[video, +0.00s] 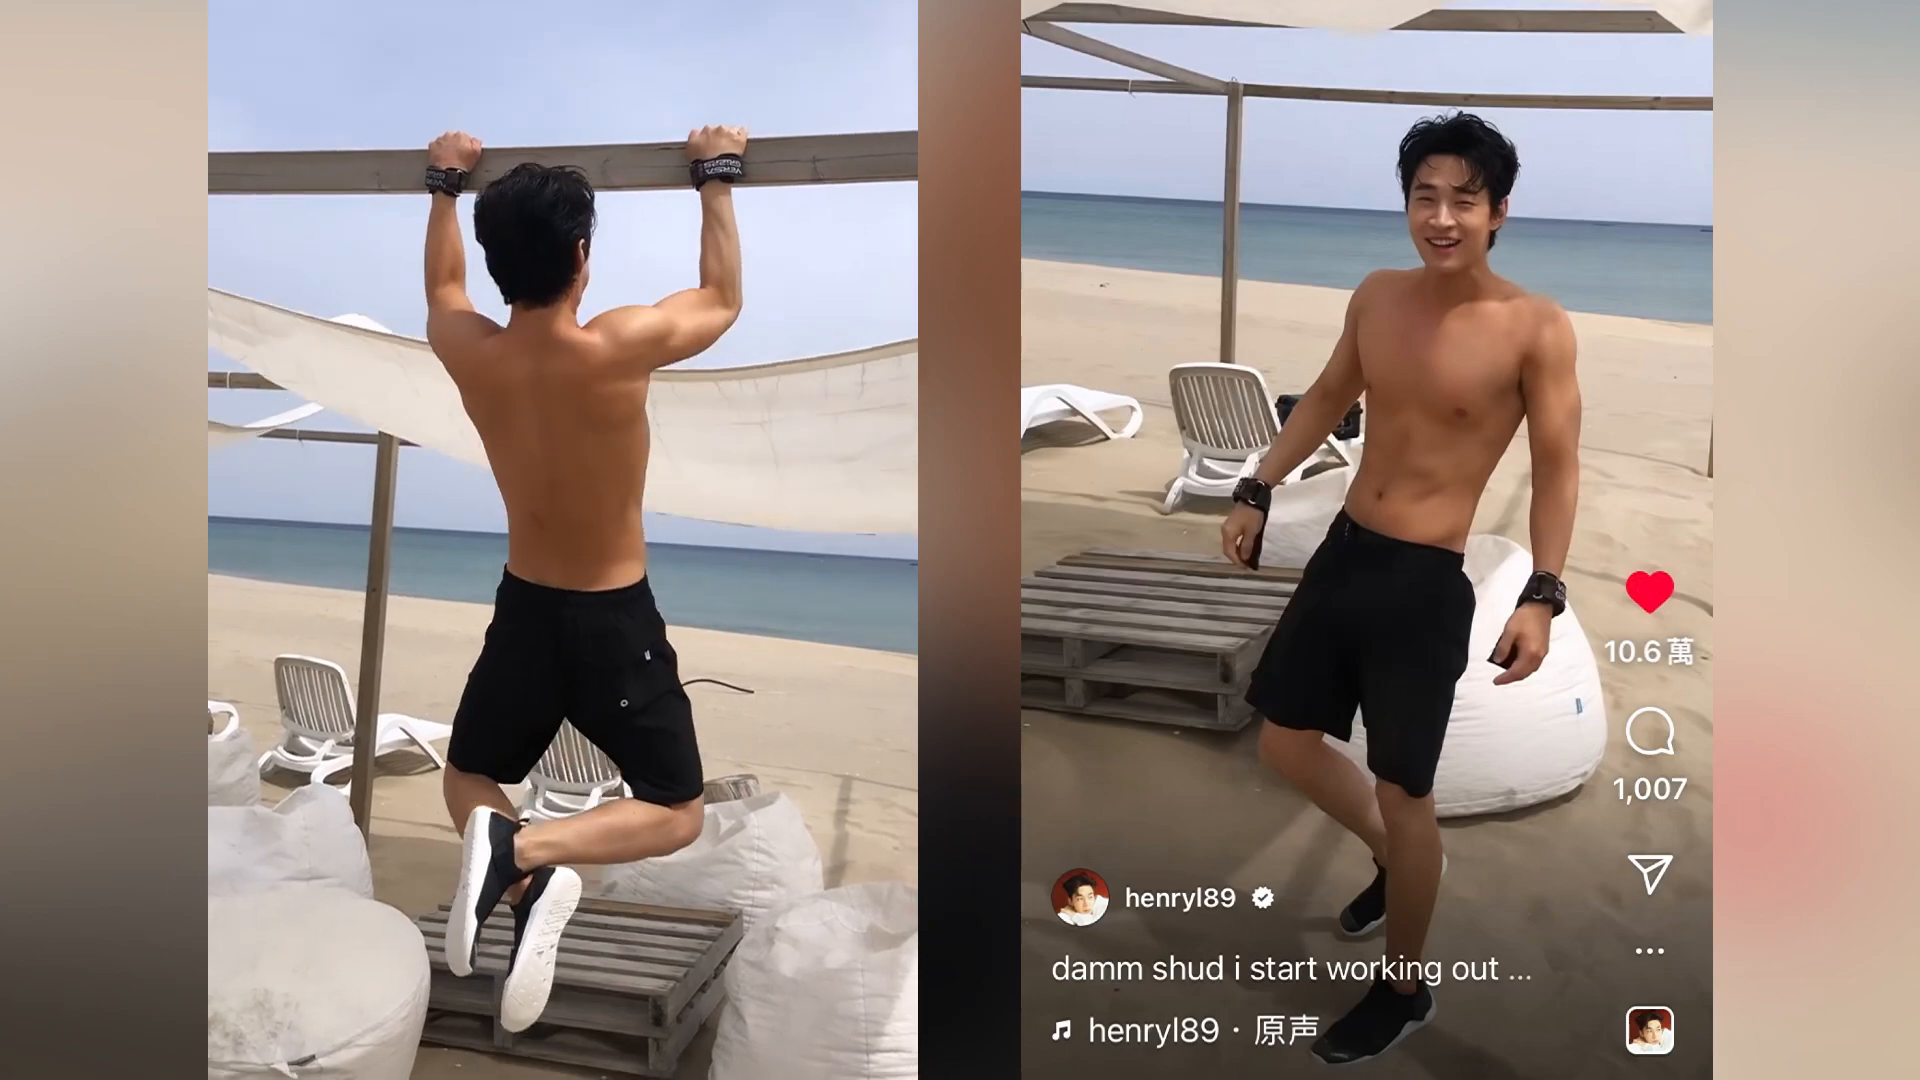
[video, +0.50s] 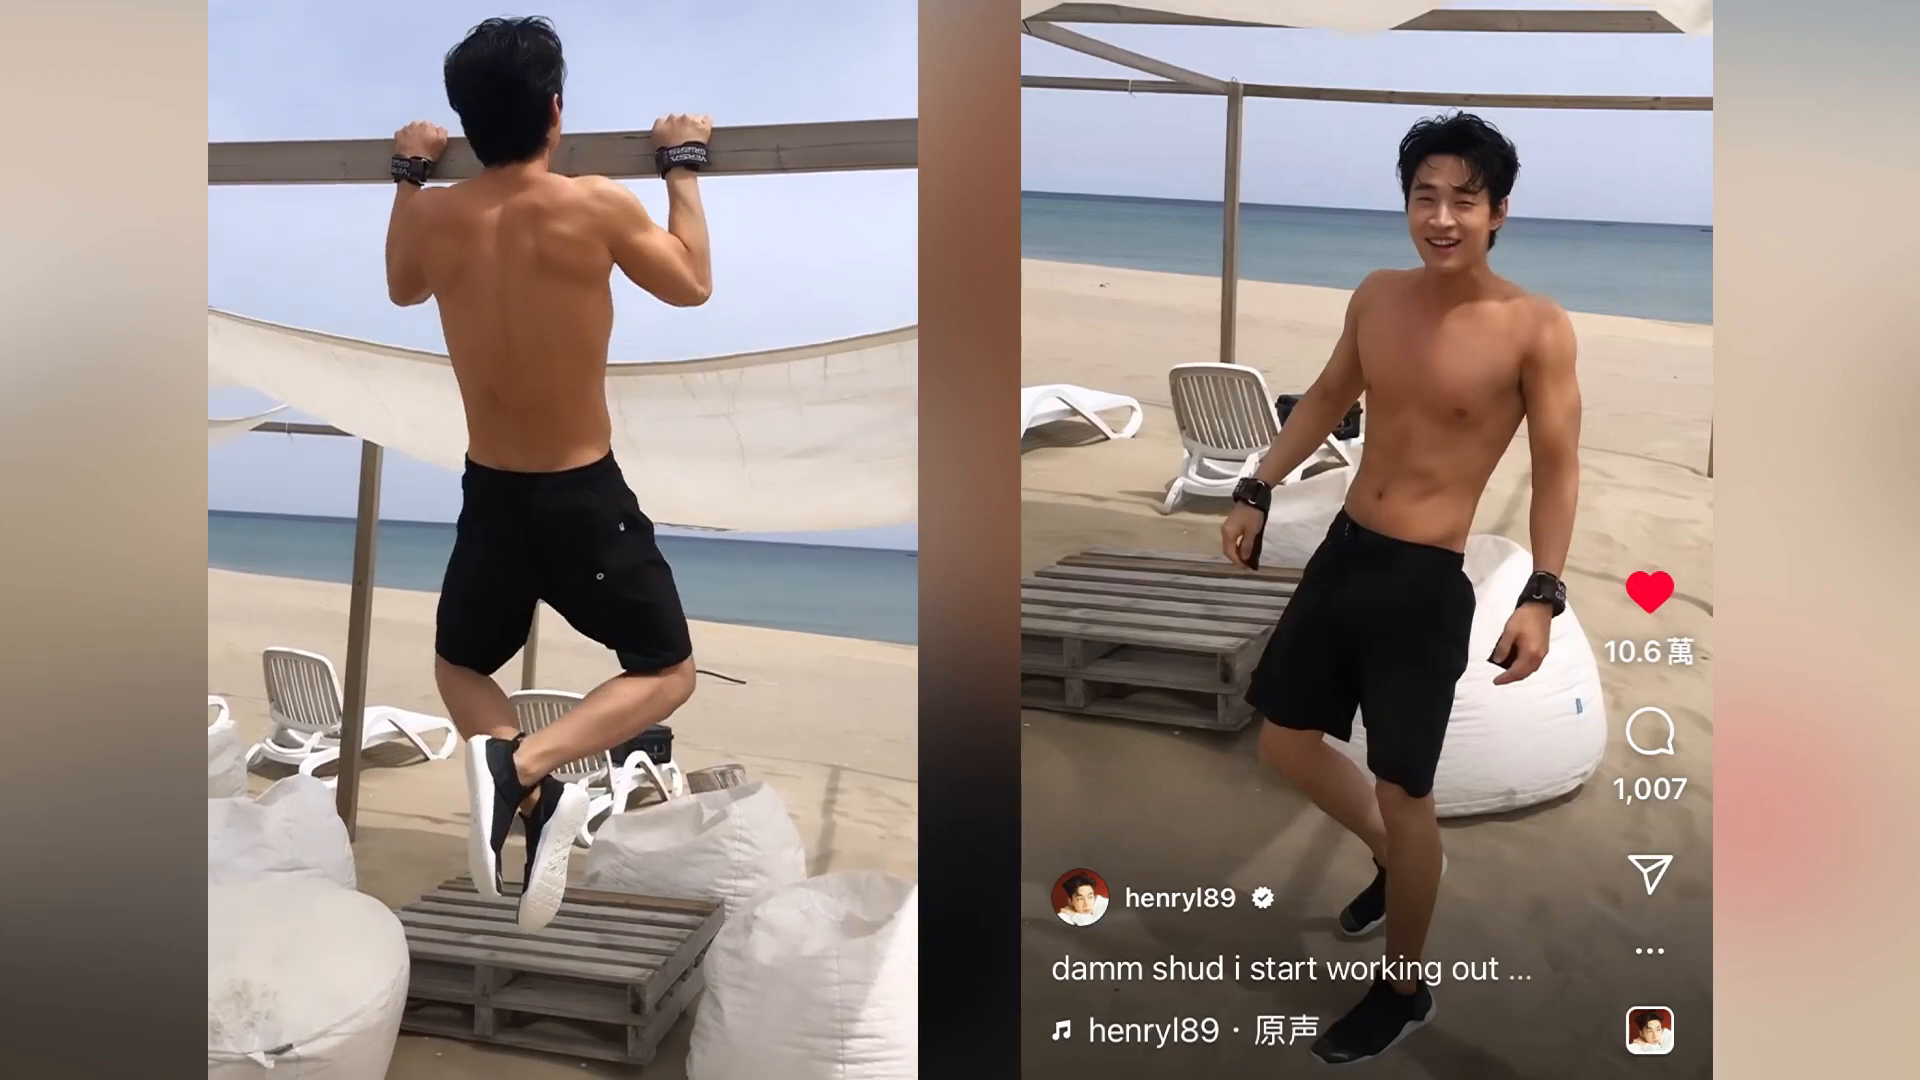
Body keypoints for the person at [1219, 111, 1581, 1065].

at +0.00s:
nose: (1440, 216)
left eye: (1462, 198)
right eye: (1424, 197)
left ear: (1498, 210)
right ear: (1406, 208)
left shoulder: (1535, 328)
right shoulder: (1378, 296)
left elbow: (1556, 468)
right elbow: (1330, 398)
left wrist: (1540, 595)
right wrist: (1255, 484)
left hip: (1426, 579)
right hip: (1345, 553)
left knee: (1402, 799)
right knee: (1284, 742)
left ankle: (1403, 981)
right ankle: (1398, 847)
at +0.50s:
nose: (1440, 216)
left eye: (1462, 198)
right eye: (1424, 197)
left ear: (1498, 210)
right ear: (1406, 208)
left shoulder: (1535, 328)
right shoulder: (1378, 297)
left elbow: (1556, 468)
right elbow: (1330, 398)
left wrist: (1540, 595)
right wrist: (1256, 484)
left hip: (1426, 579)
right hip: (1345, 553)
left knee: (1402, 800)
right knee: (1284, 742)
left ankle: (1402, 981)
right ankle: (1398, 848)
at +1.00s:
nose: (1440, 216)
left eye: (1462, 198)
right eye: (1424, 197)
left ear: (1498, 210)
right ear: (1406, 208)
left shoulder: (1535, 328)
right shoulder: (1378, 296)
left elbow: (1556, 468)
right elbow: (1330, 398)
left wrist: (1540, 595)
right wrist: (1255, 484)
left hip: (1426, 579)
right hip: (1345, 553)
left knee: (1402, 799)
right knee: (1284, 742)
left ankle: (1403, 981)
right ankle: (1398, 847)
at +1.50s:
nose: (1440, 216)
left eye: (1461, 198)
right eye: (1424, 197)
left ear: (1498, 210)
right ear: (1406, 208)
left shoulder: (1535, 328)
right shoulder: (1379, 296)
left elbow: (1556, 468)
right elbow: (1330, 398)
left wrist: (1541, 595)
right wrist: (1255, 484)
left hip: (1426, 579)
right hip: (1345, 553)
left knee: (1402, 800)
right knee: (1285, 742)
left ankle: (1403, 980)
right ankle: (1399, 848)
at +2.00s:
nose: (1440, 216)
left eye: (1462, 198)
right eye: (1424, 197)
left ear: (1498, 210)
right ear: (1406, 207)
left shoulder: (1535, 328)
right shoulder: (1378, 296)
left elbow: (1556, 468)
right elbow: (1330, 397)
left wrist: (1541, 595)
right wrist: (1255, 484)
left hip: (1426, 579)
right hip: (1344, 553)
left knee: (1403, 799)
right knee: (1285, 742)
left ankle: (1403, 981)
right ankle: (1399, 847)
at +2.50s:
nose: (1440, 216)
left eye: (1462, 198)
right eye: (1424, 197)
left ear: (1498, 210)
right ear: (1406, 208)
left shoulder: (1535, 328)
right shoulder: (1378, 296)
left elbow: (1556, 468)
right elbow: (1330, 398)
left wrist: (1540, 595)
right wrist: (1255, 484)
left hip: (1426, 579)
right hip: (1345, 553)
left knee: (1402, 799)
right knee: (1284, 742)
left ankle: (1403, 981)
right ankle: (1398, 847)